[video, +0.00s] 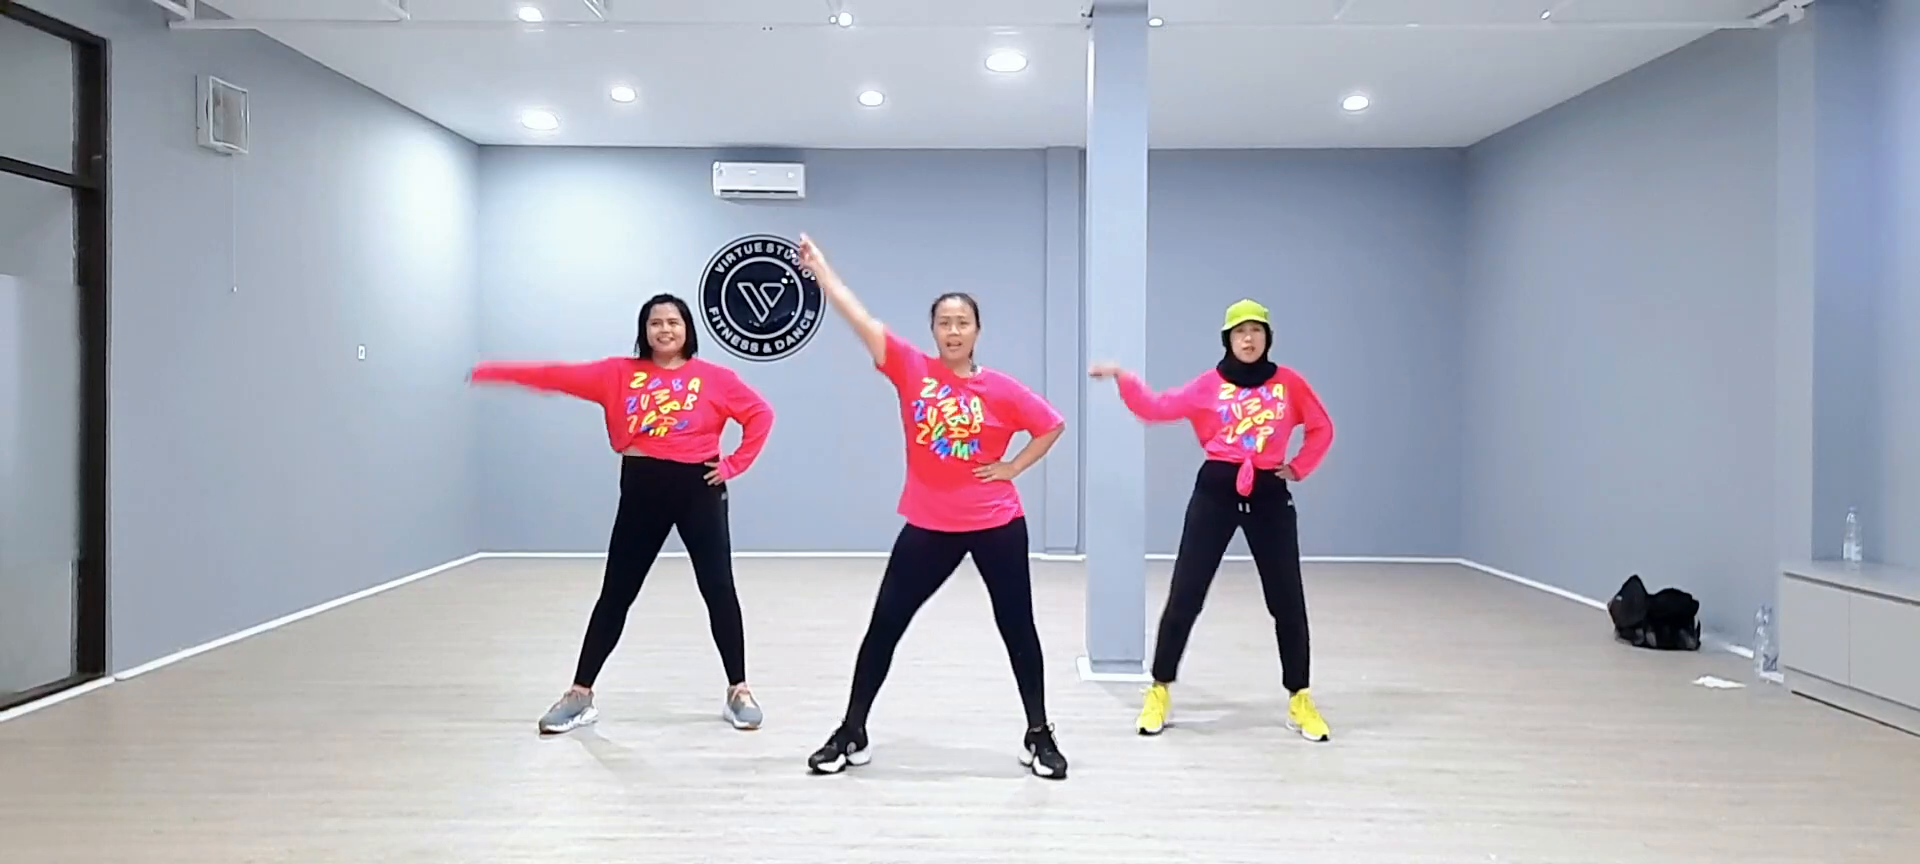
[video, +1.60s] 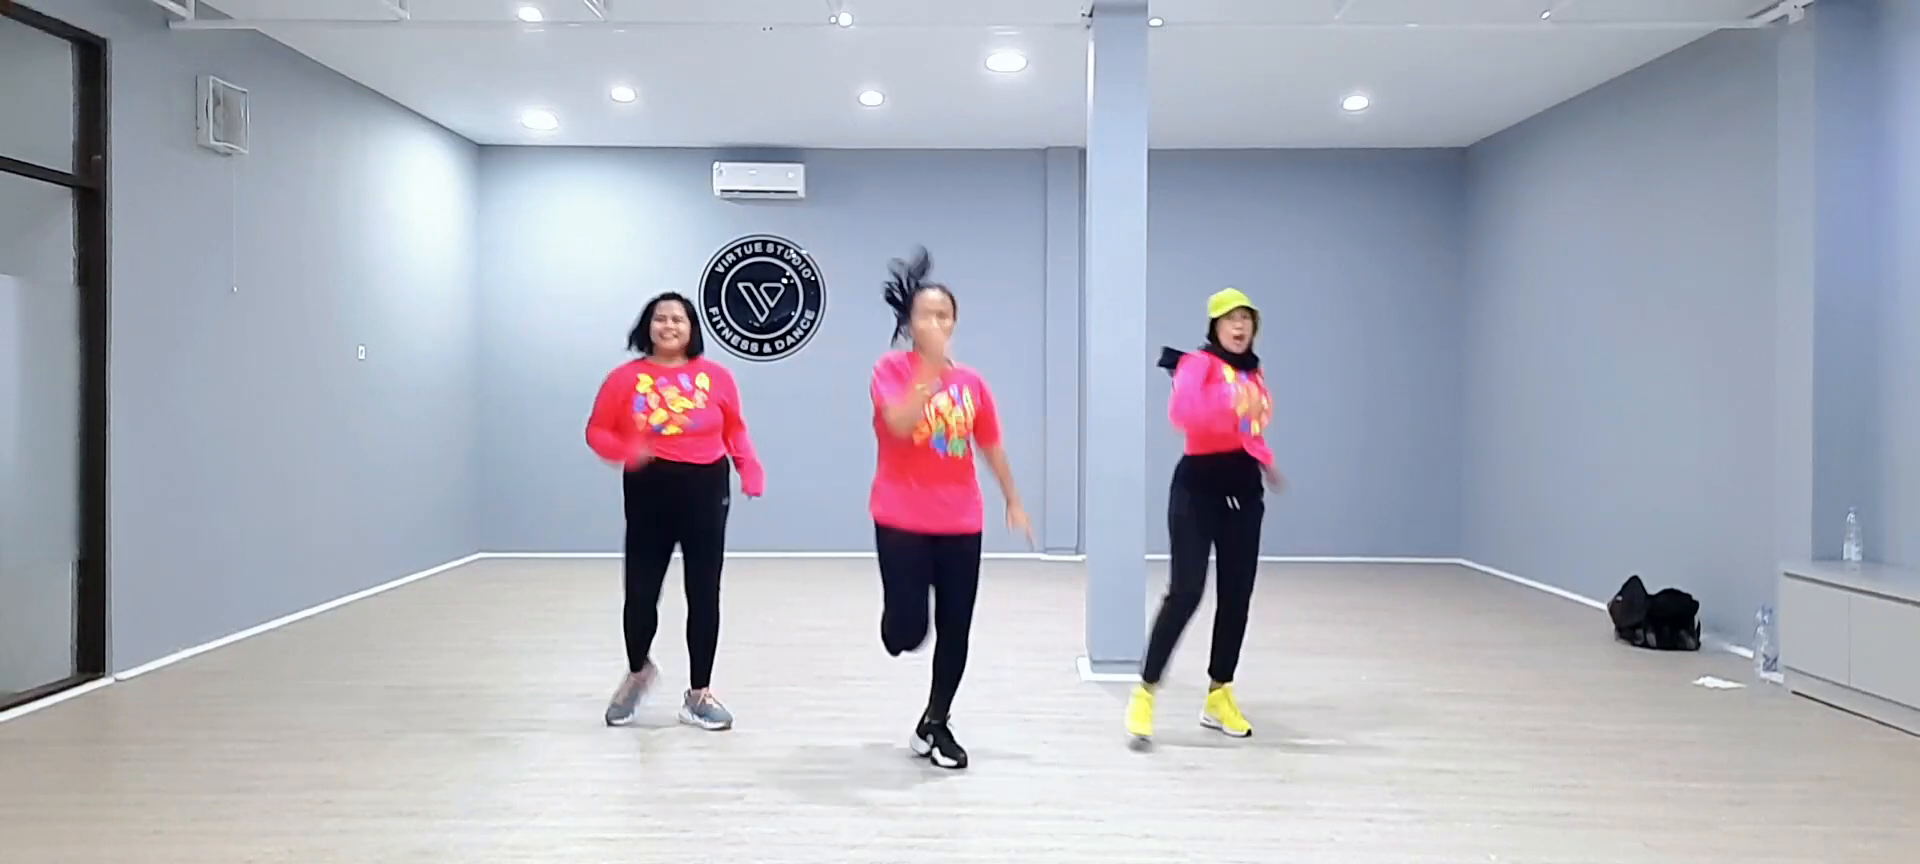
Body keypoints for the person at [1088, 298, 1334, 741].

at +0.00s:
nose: (1249, 339)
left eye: (1256, 331)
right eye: (1240, 332)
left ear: (1267, 337)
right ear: (1228, 338)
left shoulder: (1287, 382)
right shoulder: (1207, 386)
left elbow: (1321, 428)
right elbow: (1154, 409)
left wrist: (1296, 469)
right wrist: (1123, 377)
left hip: (1270, 496)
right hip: (1215, 493)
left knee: (1288, 601)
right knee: (1186, 595)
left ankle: (1300, 699)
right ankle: (1158, 693)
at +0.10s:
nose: (1245, 339)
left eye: (1252, 332)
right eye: (1237, 333)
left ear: (1265, 339)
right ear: (1225, 341)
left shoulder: (1291, 381)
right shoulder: (1208, 381)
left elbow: (1326, 430)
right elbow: (1157, 371)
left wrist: (1302, 469)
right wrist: (1132, 333)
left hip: (1273, 498)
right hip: (1217, 495)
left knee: (1292, 599)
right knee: (1175, 588)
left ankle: (1300, 699)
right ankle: (1144, 684)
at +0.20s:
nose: (1236, 336)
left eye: (1242, 328)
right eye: (1227, 330)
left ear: (1255, 333)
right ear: (1215, 338)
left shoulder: (1280, 375)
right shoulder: (1203, 373)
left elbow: (1316, 424)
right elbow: (1164, 335)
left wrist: (1291, 465)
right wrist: (1171, 286)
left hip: (1262, 489)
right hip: (1208, 487)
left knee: (1280, 595)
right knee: (1172, 586)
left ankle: (1300, 697)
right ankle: (1133, 687)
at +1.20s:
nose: (1207, 345)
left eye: (1214, 338)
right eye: (1199, 338)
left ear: (1226, 345)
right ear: (1187, 344)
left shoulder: (1243, 390)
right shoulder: (1174, 377)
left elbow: (1267, 443)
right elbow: (1148, 325)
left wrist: (1249, 487)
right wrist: (1180, 302)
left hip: (1213, 497)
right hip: (1164, 492)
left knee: (1253, 595)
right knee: (1151, 598)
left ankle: (1286, 699)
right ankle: (1119, 693)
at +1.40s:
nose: (1213, 334)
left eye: (1220, 327)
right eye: (1205, 326)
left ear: (1229, 335)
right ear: (1188, 334)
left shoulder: (1226, 377)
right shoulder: (1176, 373)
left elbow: (1221, 427)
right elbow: (1167, 327)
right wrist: (1185, 283)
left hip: (1213, 483)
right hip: (1167, 484)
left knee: (1254, 581)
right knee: (1154, 588)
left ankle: (1254, 685)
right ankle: (1120, 687)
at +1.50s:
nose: (1228, 321)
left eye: (1233, 312)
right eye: (1220, 313)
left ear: (1238, 320)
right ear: (1201, 318)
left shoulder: (1233, 360)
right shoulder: (1183, 357)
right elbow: (1182, 341)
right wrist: (1220, 321)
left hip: (1233, 475)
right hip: (1185, 474)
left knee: (1241, 583)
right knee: (1169, 581)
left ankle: (1224, 687)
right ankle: (1126, 680)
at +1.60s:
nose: (1240, 327)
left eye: (1247, 319)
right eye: (1231, 319)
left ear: (1254, 327)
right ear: (1215, 325)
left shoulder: (1253, 376)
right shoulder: (1198, 364)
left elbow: (1248, 433)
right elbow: (1181, 414)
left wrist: (1268, 466)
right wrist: (1233, 414)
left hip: (1243, 490)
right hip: (1197, 487)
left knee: (1236, 597)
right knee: (1187, 591)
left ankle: (1219, 695)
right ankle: (1146, 692)